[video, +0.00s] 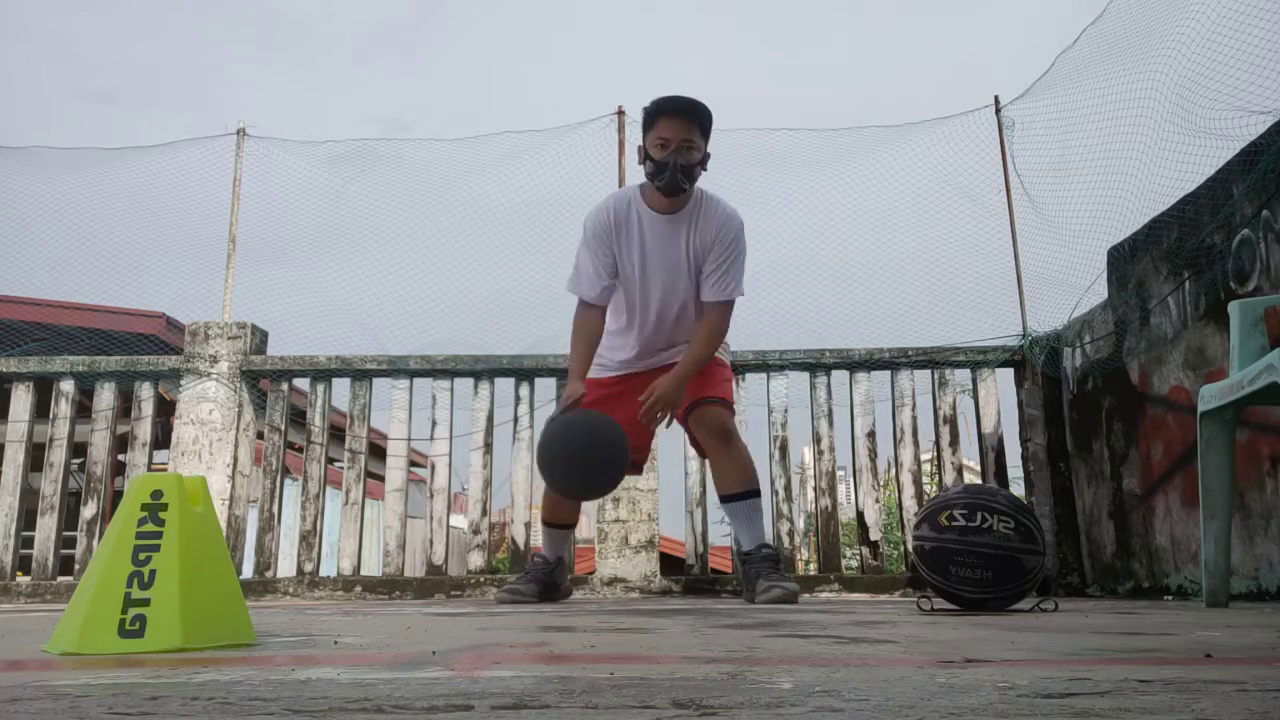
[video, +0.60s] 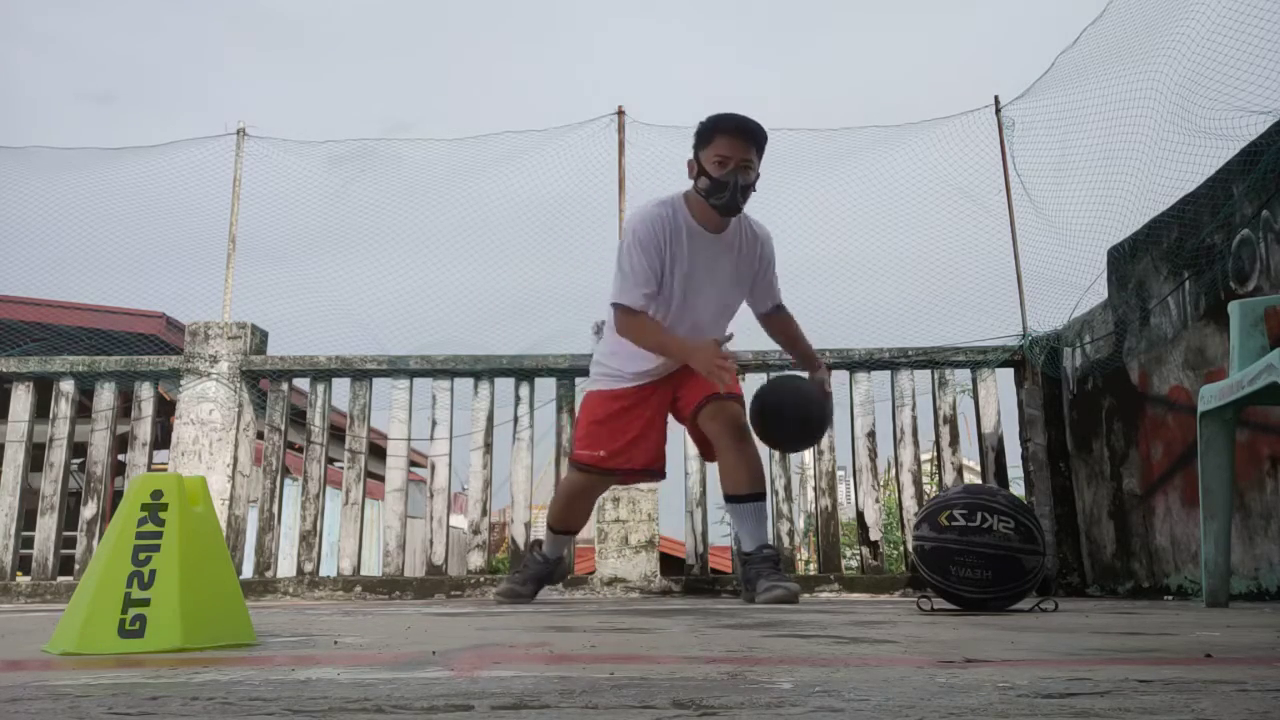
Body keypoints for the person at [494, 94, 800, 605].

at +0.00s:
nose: (674, 161)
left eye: (687, 150)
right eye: (662, 146)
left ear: (704, 157)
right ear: (642, 150)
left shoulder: (721, 224)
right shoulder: (608, 219)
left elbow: (716, 319)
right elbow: (590, 307)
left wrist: (679, 379)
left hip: (692, 359)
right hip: (618, 366)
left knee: (716, 427)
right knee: (571, 443)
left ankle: (758, 563)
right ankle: (550, 566)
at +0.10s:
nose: (650, 167)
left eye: (665, 156)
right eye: (640, 154)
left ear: (683, 163)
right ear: (623, 155)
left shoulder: (707, 230)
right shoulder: (592, 223)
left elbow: (726, 317)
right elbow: (557, 295)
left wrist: (700, 363)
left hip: (684, 360)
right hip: (610, 366)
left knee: (703, 429)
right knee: (553, 450)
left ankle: (756, 561)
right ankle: (549, 568)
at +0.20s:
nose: (644, 169)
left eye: (659, 158)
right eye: (634, 155)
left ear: (678, 165)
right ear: (617, 158)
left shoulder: (703, 229)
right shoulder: (586, 222)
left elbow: (735, 313)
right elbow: (554, 291)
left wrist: (730, 369)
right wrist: (512, 312)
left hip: (681, 361)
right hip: (604, 368)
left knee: (695, 427)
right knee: (548, 446)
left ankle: (754, 560)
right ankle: (548, 567)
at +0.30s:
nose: (660, 162)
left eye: (674, 152)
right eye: (649, 149)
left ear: (692, 159)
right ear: (632, 151)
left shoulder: (713, 227)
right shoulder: (594, 219)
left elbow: (734, 313)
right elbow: (573, 305)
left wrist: (745, 386)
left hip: (681, 359)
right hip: (605, 364)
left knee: (698, 426)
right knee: (548, 448)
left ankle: (755, 561)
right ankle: (548, 567)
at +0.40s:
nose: (688, 163)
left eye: (700, 153)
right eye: (677, 151)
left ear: (716, 163)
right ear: (657, 156)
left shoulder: (730, 237)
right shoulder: (615, 221)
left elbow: (734, 327)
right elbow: (606, 313)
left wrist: (741, 409)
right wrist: (633, 387)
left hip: (685, 356)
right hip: (611, 359)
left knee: (711, 422)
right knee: (557, 464)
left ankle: (755, 563)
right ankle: (548, 568)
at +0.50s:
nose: (718, 174)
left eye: (730, 164)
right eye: (706, 160)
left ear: (742, 174)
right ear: (681, 164)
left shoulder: (743, 246)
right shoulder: (636, 223)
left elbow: (745, 331)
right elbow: (615, 316)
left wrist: (759, 405)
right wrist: (665, 369)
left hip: (696, 362)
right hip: (622, 362)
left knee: (729, 426)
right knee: (571, 470)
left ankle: (757, 563)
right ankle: (547, 564)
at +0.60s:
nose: (733, 178)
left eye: (745, 168)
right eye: (721, 164)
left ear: (756, 176)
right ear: (695, 165)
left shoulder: (753, 241)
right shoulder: (650, 224)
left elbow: (771, 309)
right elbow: (628, 317)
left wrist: (811, 363)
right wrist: (691, 352)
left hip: (700, 364)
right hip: (626, 368)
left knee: (730, 424)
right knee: (588, 475)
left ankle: (759, 566)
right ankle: (549, 558)